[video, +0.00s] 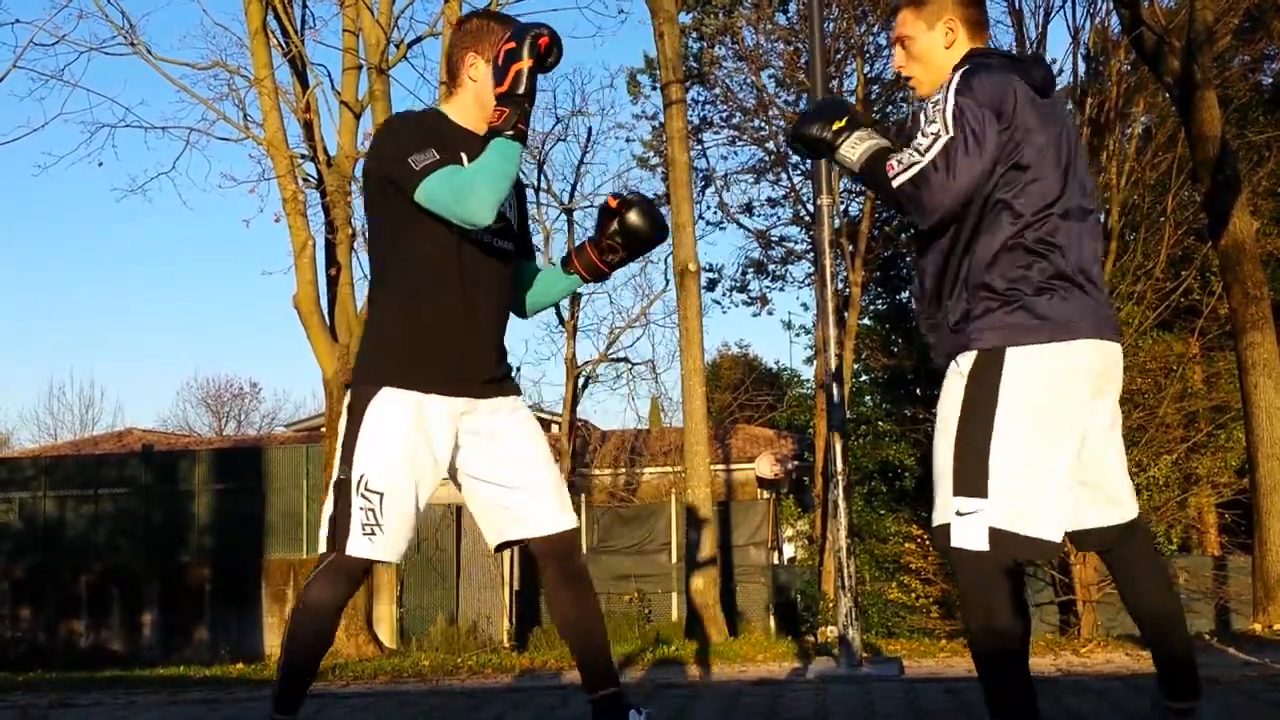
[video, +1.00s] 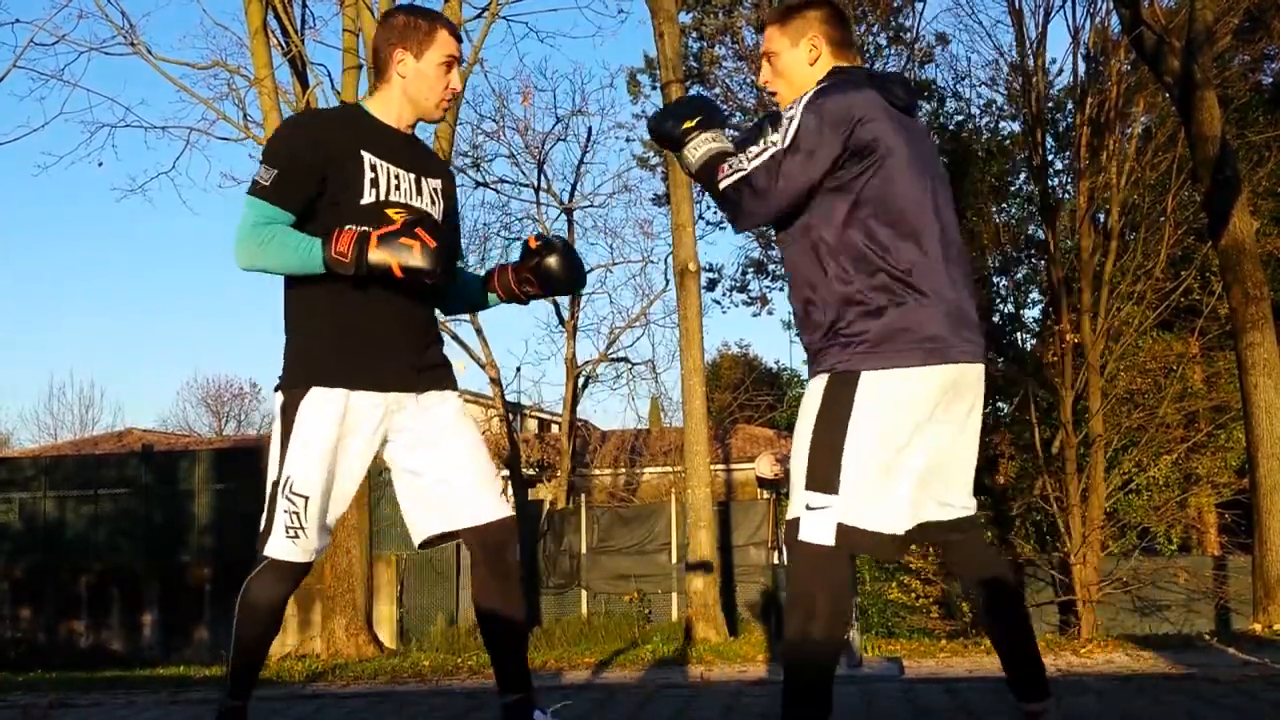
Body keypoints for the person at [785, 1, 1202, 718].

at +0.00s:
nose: (895, 61)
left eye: (904, 43)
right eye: (894, 45)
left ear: (953, 35)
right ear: (958, 34)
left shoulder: (977, 88)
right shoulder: (1045, 98)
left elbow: (928, 190)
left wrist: (847, 139)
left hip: (1011, 340)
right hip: (1085, 333)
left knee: (970, 535)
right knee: (1110, 518)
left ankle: (1012, 717)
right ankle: (1183, 692)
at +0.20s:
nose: (898, 54)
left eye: (906, 34)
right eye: (897, 38)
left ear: (955, 27)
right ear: (959, 28)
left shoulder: (1000, 77)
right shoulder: (1009, 81)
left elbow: (944, 184)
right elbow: (935, 191)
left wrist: (894, 109)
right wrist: (891, 125)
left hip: (1021, 335)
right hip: (1072, 330)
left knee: (989, 539)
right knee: (1085, 517)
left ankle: (1021, 718)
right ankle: (1170, 689)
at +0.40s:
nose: (917, 62)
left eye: (925, 42)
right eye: (914, 46)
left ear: (974, 33)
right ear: (971, 35)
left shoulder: (1014, 89)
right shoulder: (1021, 90)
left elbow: (944, 184)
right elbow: (952, 190)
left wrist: (873, 133)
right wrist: (904, 128)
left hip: (1019, 346)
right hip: (1066, 342)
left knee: (960, 530)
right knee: (1088, 528)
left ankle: (1003, 716)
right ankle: (1157, 703)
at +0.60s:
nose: (898, 71)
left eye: (905, 52)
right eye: (896, 56)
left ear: (953, 41)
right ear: (954, 45)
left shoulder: (989, 93)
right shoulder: (1002, 99)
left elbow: (913, 185)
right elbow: (918, 198)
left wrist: (850, 125)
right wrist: (852, 130)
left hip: (985, 347)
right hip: (1039, 344)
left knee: (914, 530)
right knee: (1061, 529)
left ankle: (868, 717)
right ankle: (1151, 703)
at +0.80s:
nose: (821, 88)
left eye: (831, 71)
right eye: (822, 72)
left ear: (879, 68)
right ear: (889, 73)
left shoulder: (902, 121)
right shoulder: (943, 125)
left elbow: (905, 247)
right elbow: (922, 249)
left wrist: (829, 227)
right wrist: (835, 217)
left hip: (907, 369)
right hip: (978, 371)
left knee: (810, 543)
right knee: (1021, 537)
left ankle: (805, 718)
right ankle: (1135, 698)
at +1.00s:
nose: (763, 75)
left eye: (770, 57)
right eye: (762, 60)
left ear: (813, 49)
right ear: (829, 50)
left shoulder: (833, 105)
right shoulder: (894, 110)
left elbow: (750, 199)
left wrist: (701, 143)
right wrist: (724, 146)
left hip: (874, 352)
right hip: (949, 345)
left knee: (816, 533)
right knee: (946, 515)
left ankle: (802, 717)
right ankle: (1035, 695)